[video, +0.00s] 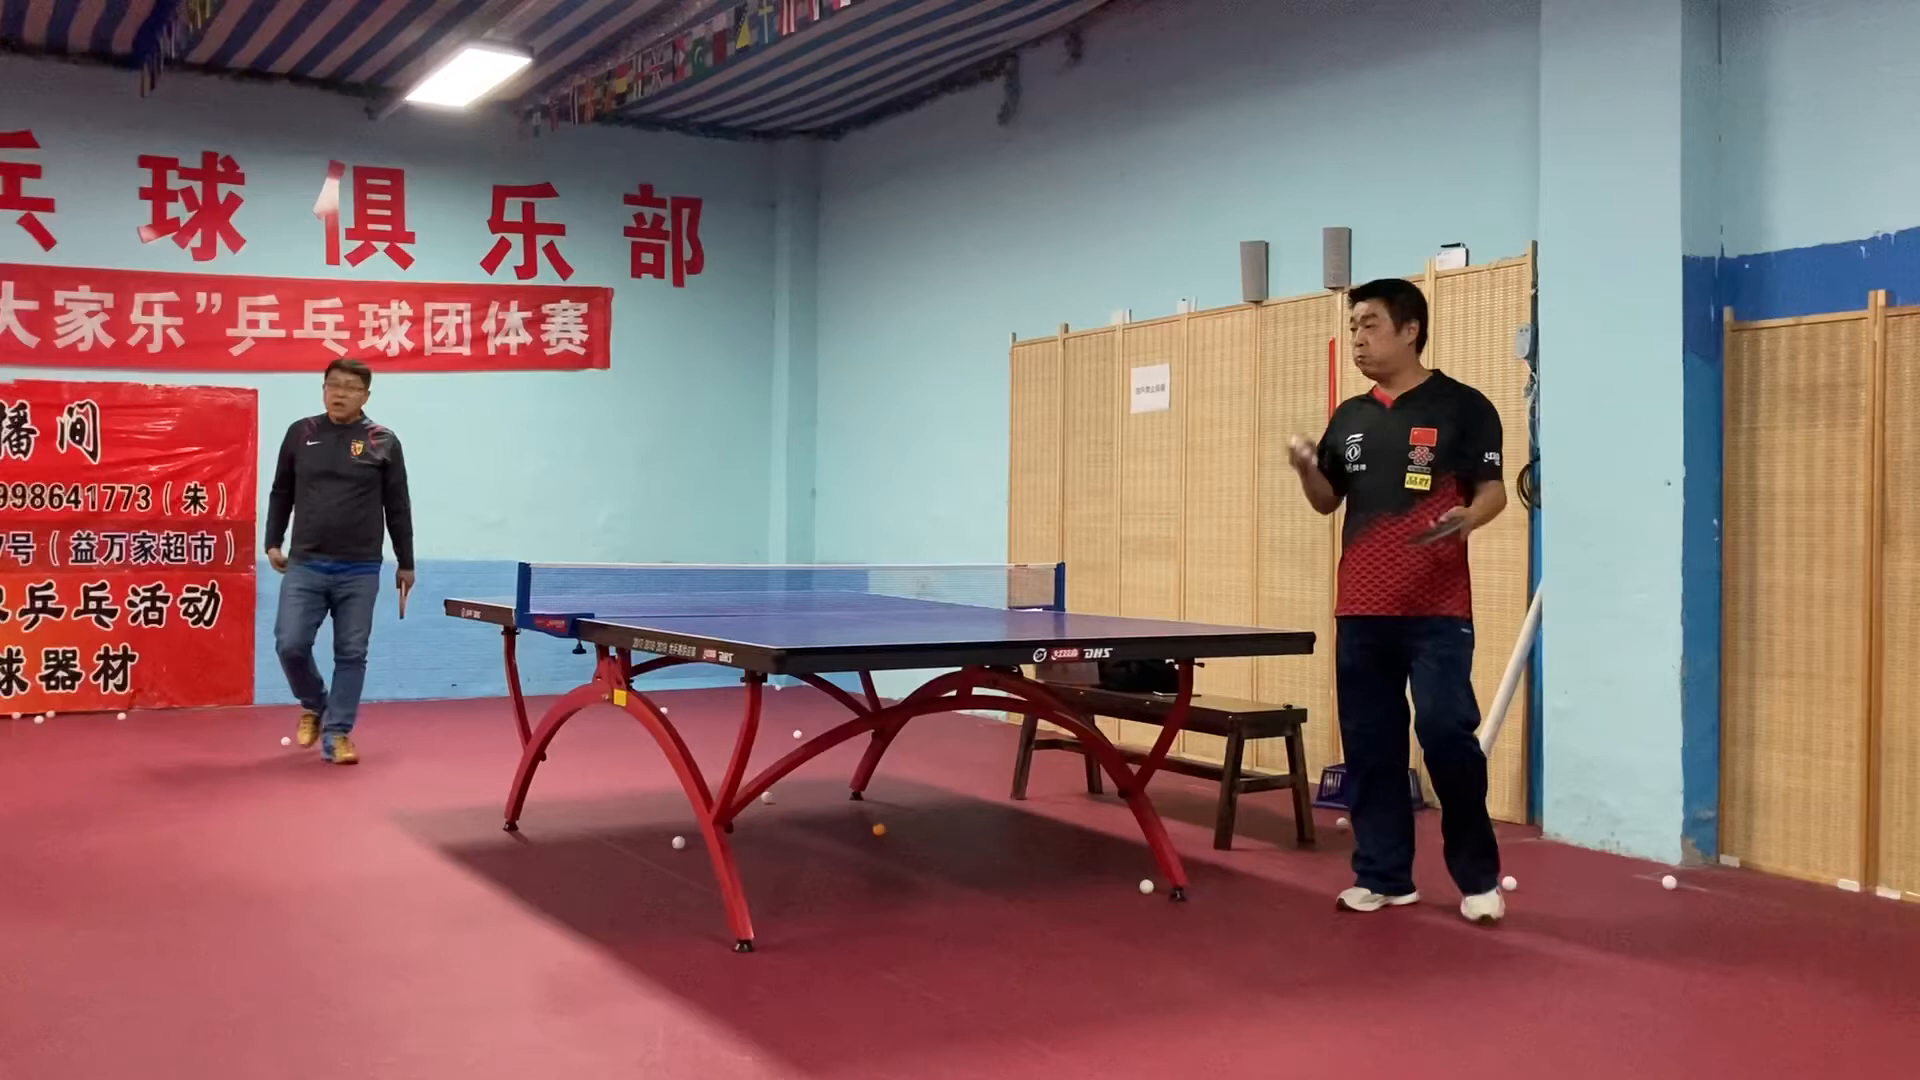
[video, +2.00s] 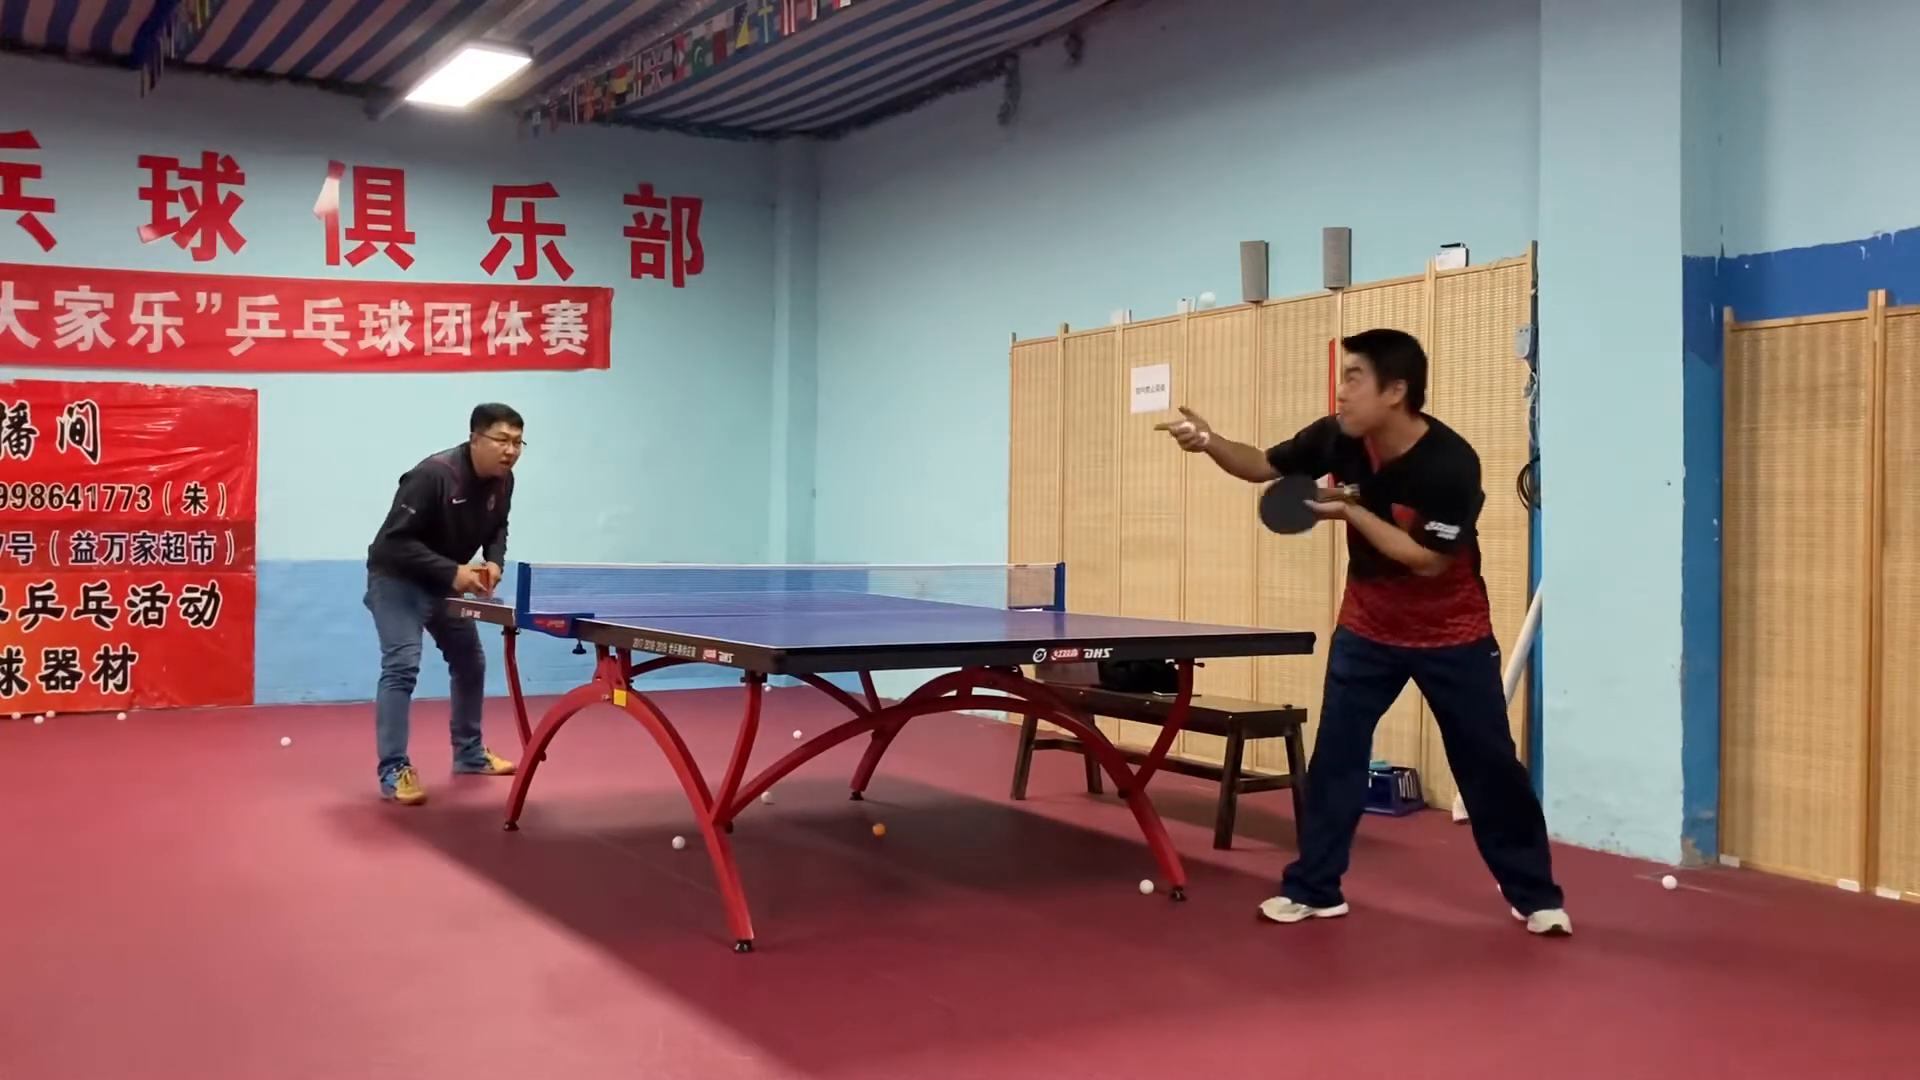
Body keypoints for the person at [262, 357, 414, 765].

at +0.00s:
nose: (339, 395)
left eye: (350, 389)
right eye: (333, 386)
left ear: (365, 395)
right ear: (324, 389)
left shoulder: (383, 442)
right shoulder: (301, 433)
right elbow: (282, 490)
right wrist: (273, 541)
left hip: (360, 569)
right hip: (305, 565)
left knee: (351, 652)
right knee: (290, 646)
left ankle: (339, 733)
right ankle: (314, 705)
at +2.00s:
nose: (510, 450)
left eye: (516, 442)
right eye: (500, 440)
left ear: (521, 445)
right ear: (474, 439)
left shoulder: (502, 481)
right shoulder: (433, 475)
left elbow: (497, 530)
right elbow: (392, 542)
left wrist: (493, 561)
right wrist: (451, 572)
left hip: (443, 583)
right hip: (396, 579)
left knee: (469, 661)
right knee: (402, 663)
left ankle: (469, 755)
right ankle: (393, 770)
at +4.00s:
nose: (558, 422)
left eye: (566, 415)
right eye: (548, 413)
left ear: (573, 419)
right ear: (527, 413)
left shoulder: (576, 465)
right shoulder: (485, 456)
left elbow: (598, 521)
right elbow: (446, 510)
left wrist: (620, 518)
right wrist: (460, 568)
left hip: (547, 587)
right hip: (484, 587)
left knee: (604, 650)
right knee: (443, 672)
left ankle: (610, 750)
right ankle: (404, 764)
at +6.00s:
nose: (495, 421)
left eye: (503, 414)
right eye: (486, 413)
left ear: (512, 418)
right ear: (468, 414)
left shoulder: (524, 460)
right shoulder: (439, 453)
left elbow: (524, 518)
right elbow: (405, 506)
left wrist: (493, 542)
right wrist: (371, 551)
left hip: (504, 578)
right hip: (450, 575)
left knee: (545, 656)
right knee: (424, 658)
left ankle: (578, 743)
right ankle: (399, 752)